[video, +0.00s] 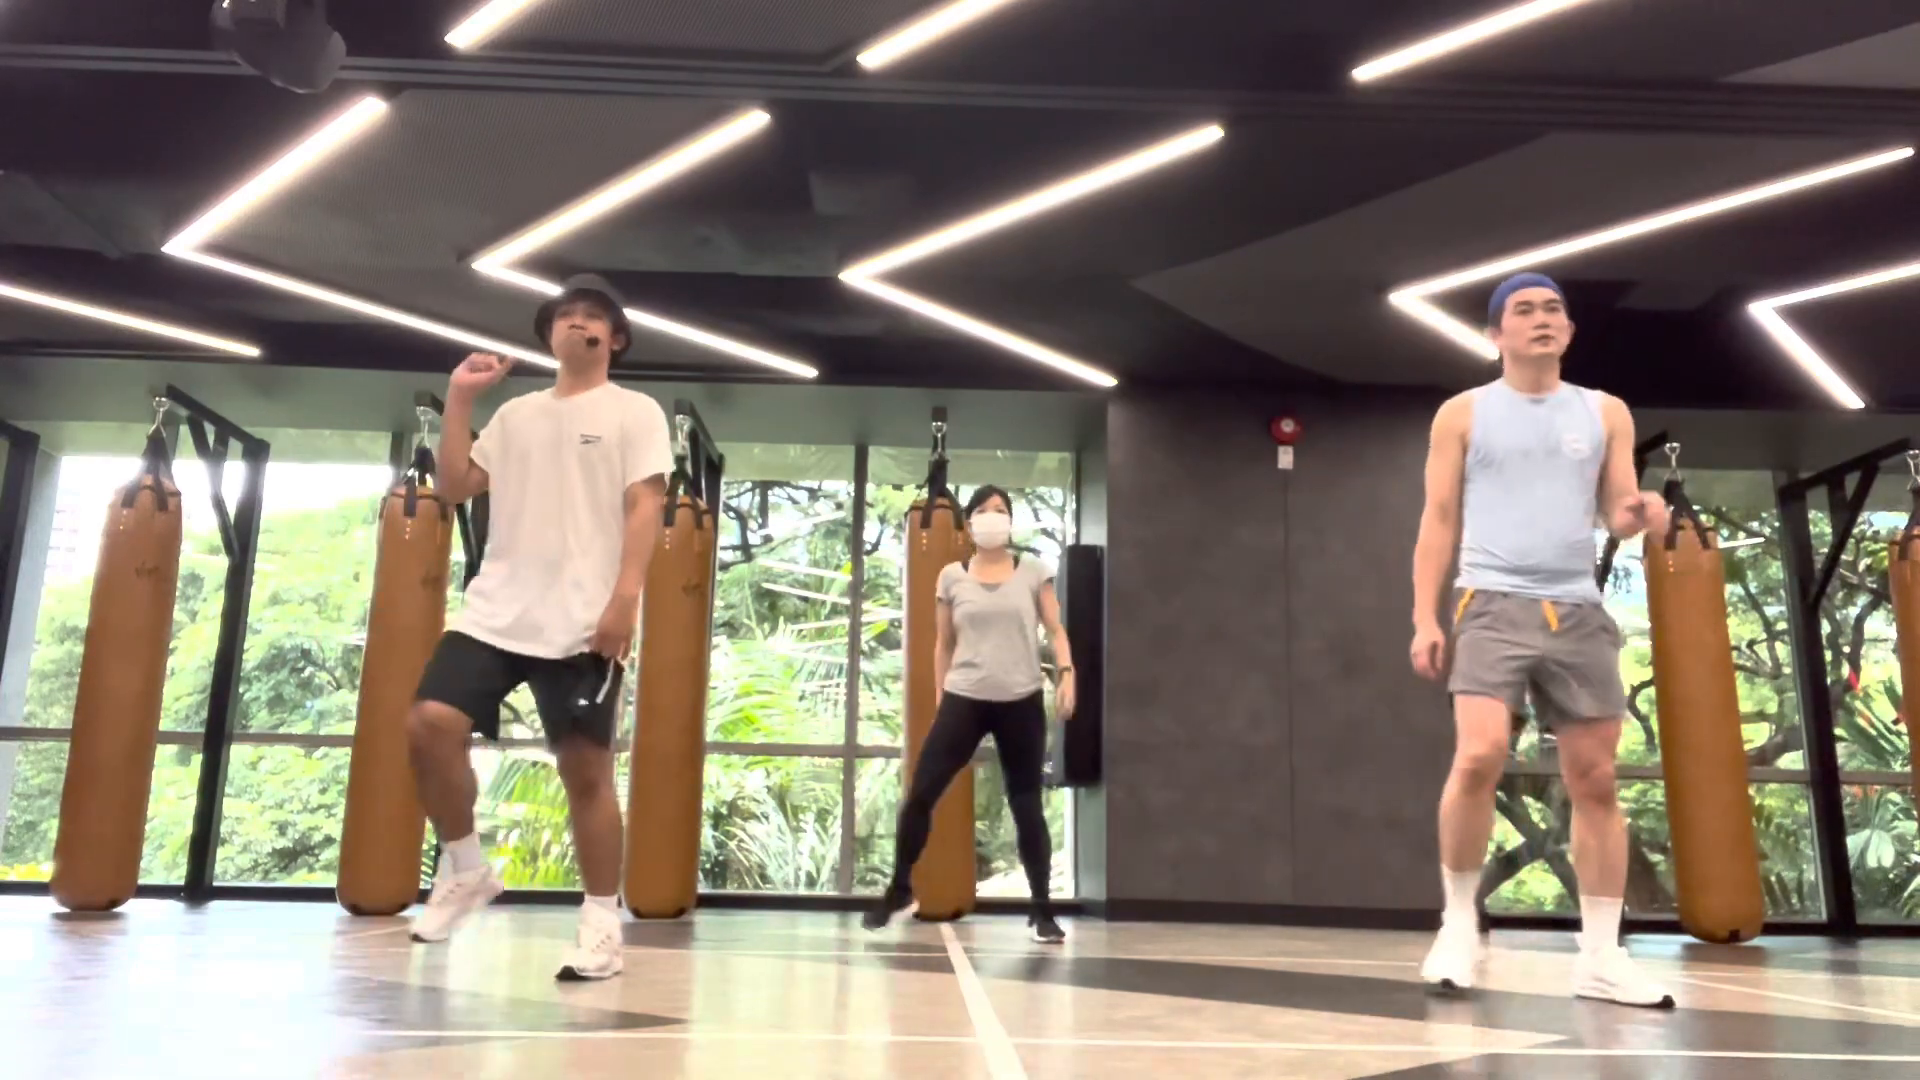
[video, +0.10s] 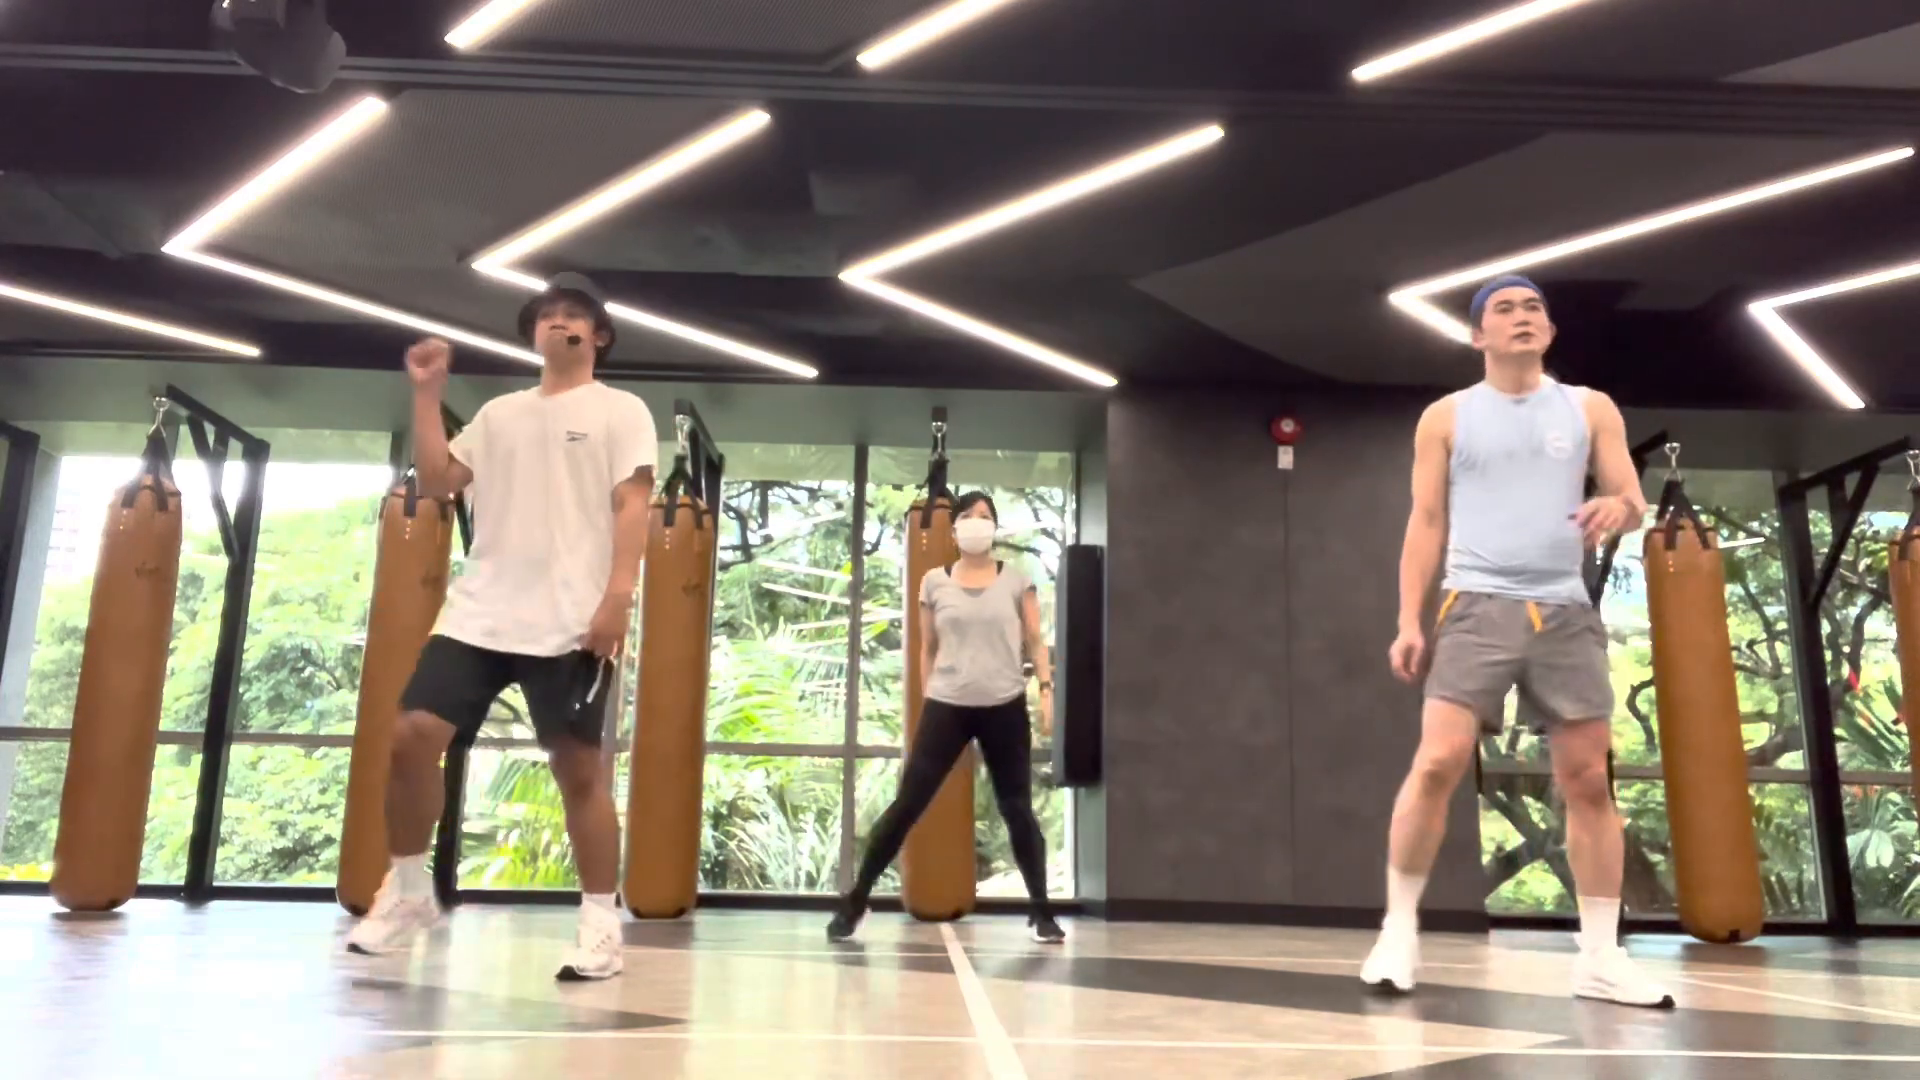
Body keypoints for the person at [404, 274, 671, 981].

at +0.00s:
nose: (579, 322)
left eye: (593, 314)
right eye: (568, 313)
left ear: (615, 337)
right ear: (548, 335)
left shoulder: (635, 412)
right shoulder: (515, 412)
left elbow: (645, 508)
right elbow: (453, 484)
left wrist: (623, 600)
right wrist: (460, 397)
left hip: (580, 615)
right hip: (496, 606)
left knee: (586, 773)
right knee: (433, 724)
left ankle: (601, 930)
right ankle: (466, 871)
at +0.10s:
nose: (561, 322)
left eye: (576, 312)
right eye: (550, 314)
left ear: (599, 334)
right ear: (533, 335)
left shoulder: (621, 411)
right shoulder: (498, 413)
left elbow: (633, 507)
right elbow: (438, 481)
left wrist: (618, 597)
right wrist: (427, 389)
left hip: (570, 617)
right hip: (479, 612)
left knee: (581, 772)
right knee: (413, 734)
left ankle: (601, 927)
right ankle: (409, 898)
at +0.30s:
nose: (473, 339)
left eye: (487, 329)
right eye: (473, 329)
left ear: (524, 341)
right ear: (478, 343)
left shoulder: (565, 420)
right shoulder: (439, 423)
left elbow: (585, 518)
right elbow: (382, 479)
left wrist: (584, 601)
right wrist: (392, 387)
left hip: (521, 630)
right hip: (428, 630)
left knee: (552, 776)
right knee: (387, 768)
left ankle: (597, 928)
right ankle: (358, 930)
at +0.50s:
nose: (425, 333)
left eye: (438, 322)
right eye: (429, 321)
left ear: (475, 331)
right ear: (449, 332)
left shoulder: (530, 412)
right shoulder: (403, 411)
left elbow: (541, 508)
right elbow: (348, 484)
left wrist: (528, 595)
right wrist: (333, 399)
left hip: (482, 618)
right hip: (392, 619)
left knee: (485, 748)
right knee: (371, 768)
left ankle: (544, 905)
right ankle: (357, 930)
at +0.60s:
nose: (421, 331)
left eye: (435, 320)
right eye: (424, 319)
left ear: (472, 331)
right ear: (443, 331)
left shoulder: (525, 411)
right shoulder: (397, 409)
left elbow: (534, 509)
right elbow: (342, 487)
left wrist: (517, 595)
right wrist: (300, 459)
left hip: (472, 614)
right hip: (384, 614)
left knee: (453, 748)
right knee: (372, 769)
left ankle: (474, 910)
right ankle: (357, 930)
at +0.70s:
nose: (419, 336)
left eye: (432, 325)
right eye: (422, 324)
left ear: (469, 334)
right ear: (447, 335)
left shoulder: (524, 416)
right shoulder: (394, 415)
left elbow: (534, 512)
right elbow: (340, 491)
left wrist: (513, 598)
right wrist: (276, 543)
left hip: (467, 622)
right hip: (378, 619)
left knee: (435, 759)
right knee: (366, 768)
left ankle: (423, 924)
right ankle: (357, 928)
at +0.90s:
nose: (430, 324)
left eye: (444, 312)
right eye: (430, 313)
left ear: (484, 325)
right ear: (442, 327)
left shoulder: (534, 411)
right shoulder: (401, 408)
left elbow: (543, 507)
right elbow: (382, 513)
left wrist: (534, 590)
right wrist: (363, 607)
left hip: (488, 613)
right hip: (396, 613)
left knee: (490, 735)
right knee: (370, 770)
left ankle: (499, 884)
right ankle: (356, 929)